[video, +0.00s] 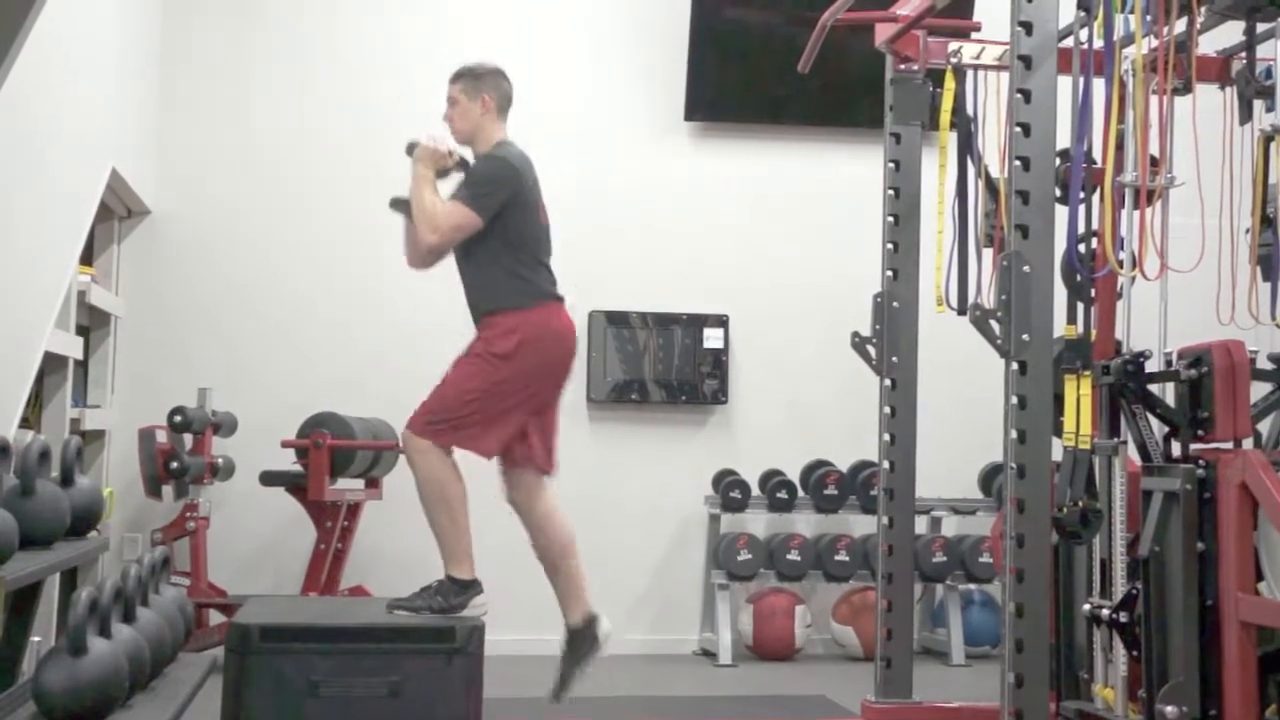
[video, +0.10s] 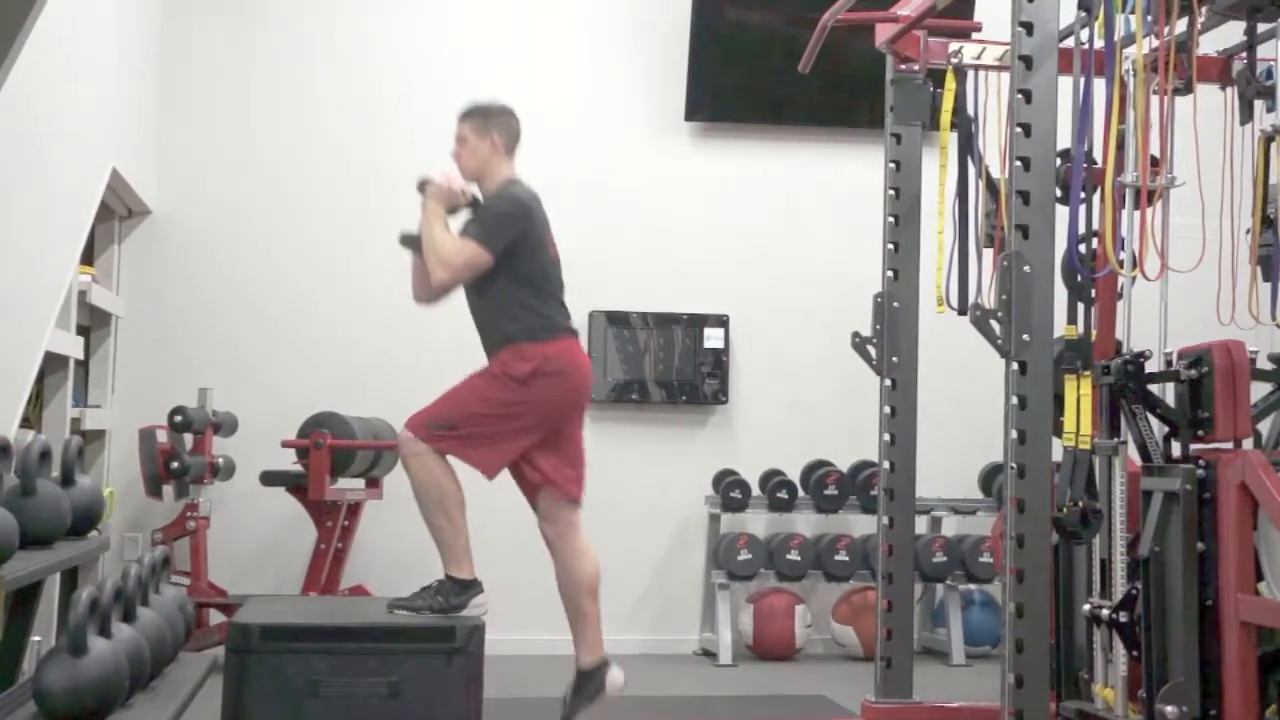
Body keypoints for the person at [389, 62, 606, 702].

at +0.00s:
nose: (446, 116)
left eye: (452, 104)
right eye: (447, 106)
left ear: (482, 103)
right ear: (489, 105)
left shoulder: (500, 164)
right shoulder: (492, 170)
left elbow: (434, 231)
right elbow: (421, 256)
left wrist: (422, 169)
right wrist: (426, 187)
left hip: (522, 331)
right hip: (542, 331)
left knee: (423, 439)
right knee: (527, 488)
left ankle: (458, 581)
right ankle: (581, 625)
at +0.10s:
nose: (454, 154)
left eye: (461, 141)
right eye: (455, 143)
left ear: (491, 141)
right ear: (494, 144)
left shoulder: (510, 202)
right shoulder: (494, 209)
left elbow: (444, 267)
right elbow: (427, 290)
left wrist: (434, 205)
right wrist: (434, 219)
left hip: (537, 367)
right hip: (557, 368)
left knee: (419, 440)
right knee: (561, 521)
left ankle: (460, 582)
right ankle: (593, 666)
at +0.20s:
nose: (472, 195)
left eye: (481, 184)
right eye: (474, 185)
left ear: (514, 187)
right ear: (510, 189)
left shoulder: (532, 246)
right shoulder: (511, 253)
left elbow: (462, 308)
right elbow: (442, 328)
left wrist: (452, 245)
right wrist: (447, 263)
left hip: (553, 402)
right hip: (571, 410)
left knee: (421, 442)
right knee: (564, 565)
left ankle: (460, 581)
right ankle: (617, 699)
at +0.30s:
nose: (493, 220)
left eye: (502, 210)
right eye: (494, 210)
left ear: (533, 211)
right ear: (531, 213)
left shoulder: (550, 272)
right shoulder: (532, 279)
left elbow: (485, 338)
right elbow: (464, 356)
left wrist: (472, 275)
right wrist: (465, 290)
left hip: (567, 428)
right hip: (576, 435)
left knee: (429, 441)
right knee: (558, 583)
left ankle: (461, 580)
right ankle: (625, 710)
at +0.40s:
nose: (508, 226)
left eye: (516, 215)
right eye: (510, 216)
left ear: (549, 218)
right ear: (545, 220)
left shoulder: (564, 278)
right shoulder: (545, 285)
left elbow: (497, 345)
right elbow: (483, 363)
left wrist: (488, 283)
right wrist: (487, 296)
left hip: (575, 432)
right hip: (582, 438)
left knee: (439, 437)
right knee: (556, 585)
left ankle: (461, 581)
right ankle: (624, 710)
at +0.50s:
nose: (518, 222)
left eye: (528, 212)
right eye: (521, 212)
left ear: (560, 216)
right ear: (557, 217)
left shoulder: (577, 275)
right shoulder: (554, 281)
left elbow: (508, 338)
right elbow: (490, 357)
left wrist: (497, 277)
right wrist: (495, 290)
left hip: (581, 430)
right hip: (589, 436)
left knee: (444, 435)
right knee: (564, 583)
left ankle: (461, 581)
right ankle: (624, 710)